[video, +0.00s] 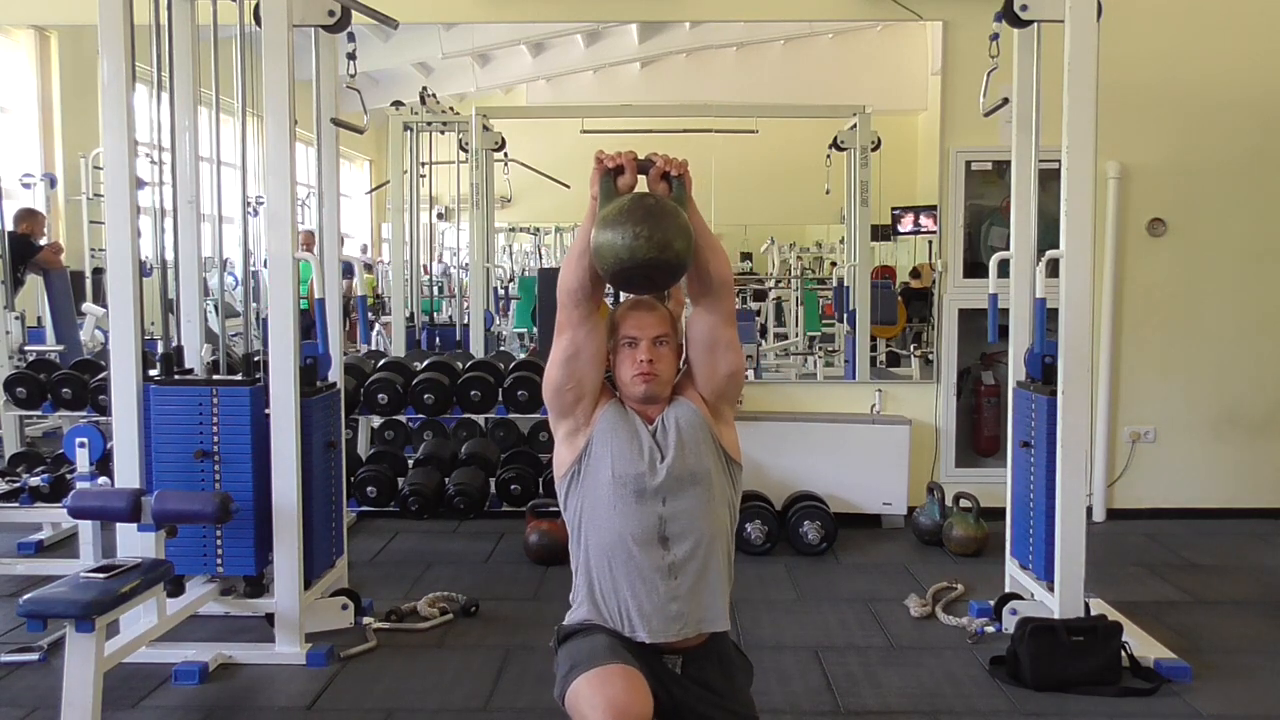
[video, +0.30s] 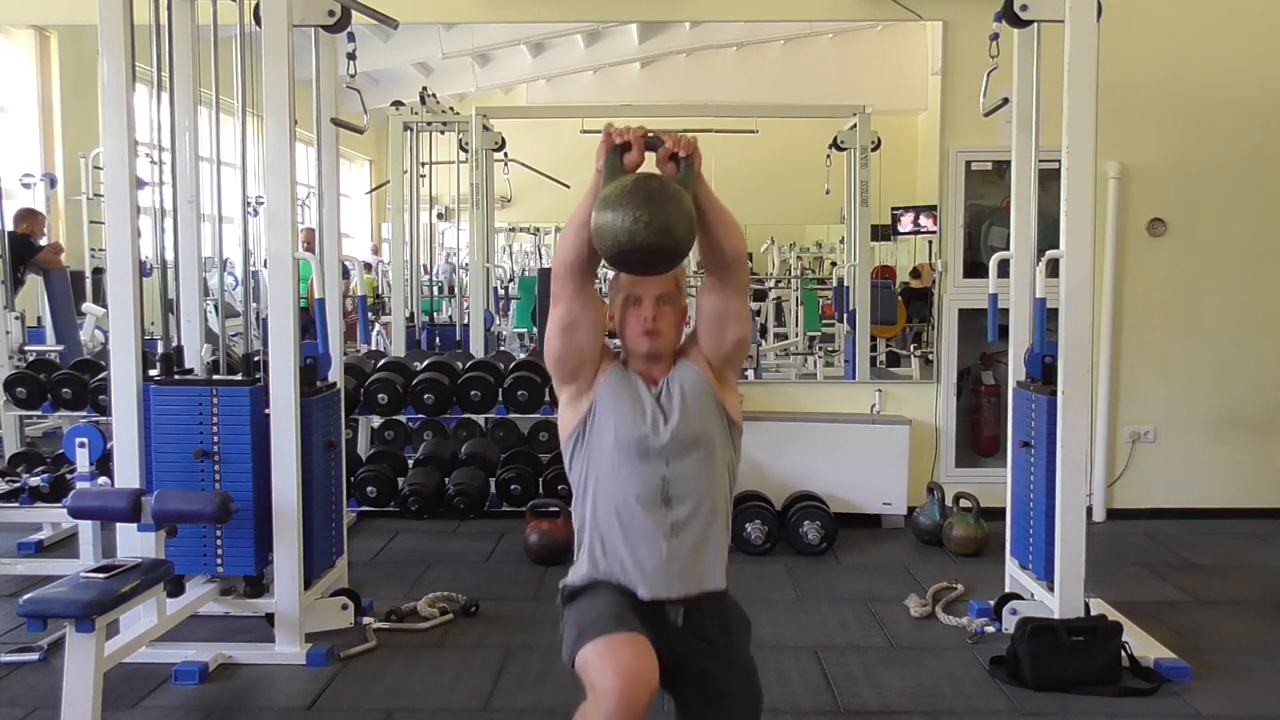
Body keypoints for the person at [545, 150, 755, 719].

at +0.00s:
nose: (645, 355)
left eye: (659, 343)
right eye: (630, 345)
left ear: (679, 358)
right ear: (611, 360)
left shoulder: (709, 409)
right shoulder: (583, 416)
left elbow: (716, 298)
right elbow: (577, 304)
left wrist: (684, 211)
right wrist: (600, 209)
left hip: (709, 654)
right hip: (609, 642)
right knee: (616, 704)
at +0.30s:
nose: (651, 314)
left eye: (664, 300)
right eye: (634, 301)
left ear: (685, 312)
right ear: (614, 316)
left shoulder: (713, 371)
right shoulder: (587, 380)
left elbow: (729, 270)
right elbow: (571, 274)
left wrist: (695, 188)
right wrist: (605, 180)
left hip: (706, 605)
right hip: (608, 593)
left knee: (734, 706)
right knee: (627, 682)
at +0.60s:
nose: (680, 192)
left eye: (692, 184)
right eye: (665, 184)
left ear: (713, 204)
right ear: (640, 204)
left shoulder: (735, 265)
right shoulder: (616, 268)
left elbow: (776, 214)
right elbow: (573, 220)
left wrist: (724, 161)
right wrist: (625, 163)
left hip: (718, 472)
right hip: (633, 473)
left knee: (730, 628)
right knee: (618, 627)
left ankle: (703, 685)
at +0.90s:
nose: (687, 155)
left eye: (699, 147)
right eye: (675, 148)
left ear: (717, 166)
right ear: (656, 166)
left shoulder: (745, 224)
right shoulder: (630, 227)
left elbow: (804, 259)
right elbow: (569, 256)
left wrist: (739, 237)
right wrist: (637, 240)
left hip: (719, 424)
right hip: (634, 423)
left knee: (711, 558)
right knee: (620, 560)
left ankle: (707, 686)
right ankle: (609, 669)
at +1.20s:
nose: (670, 159)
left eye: (681, 151)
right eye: (658, 151)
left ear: (699, 168)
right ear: (639, 168)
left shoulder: (732, 242)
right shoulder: (604, 245)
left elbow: (772, 313)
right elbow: (566, 320)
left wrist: (716, 349)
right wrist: (624, 352)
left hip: (705, 414)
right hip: (622, 416)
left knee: (703, 546)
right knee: (622, 545)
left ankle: (707, 683)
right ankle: (613, 673)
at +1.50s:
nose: (656, 158)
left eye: (668, 150)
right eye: (644, 151)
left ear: (687, 168)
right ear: (628, 170)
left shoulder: (723, 247)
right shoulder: (593, 252)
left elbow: (745, 332)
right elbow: (570, 338)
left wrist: (701, 393)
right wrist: (617, 396)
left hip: (697, 419)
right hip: (615, 419)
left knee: (698, 544)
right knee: (616, 543)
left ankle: (707, 681)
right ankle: (612, 672)